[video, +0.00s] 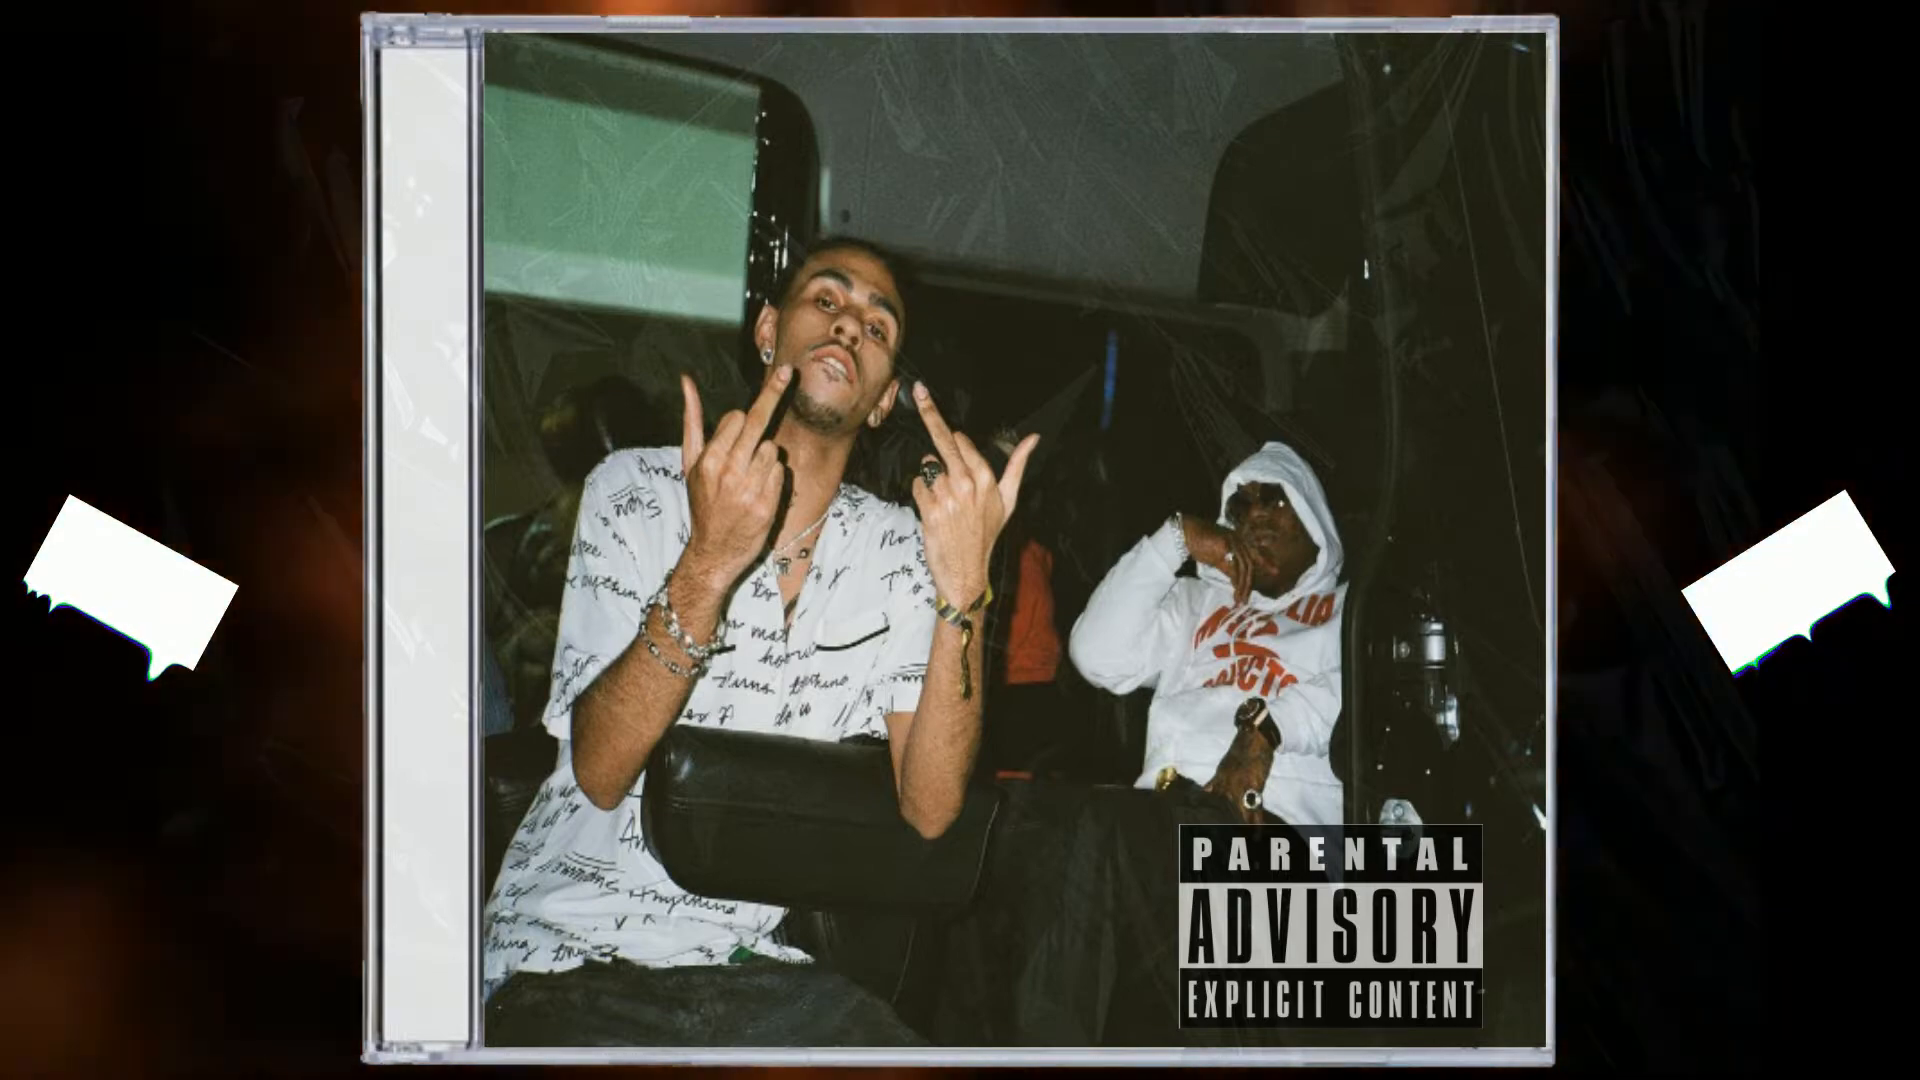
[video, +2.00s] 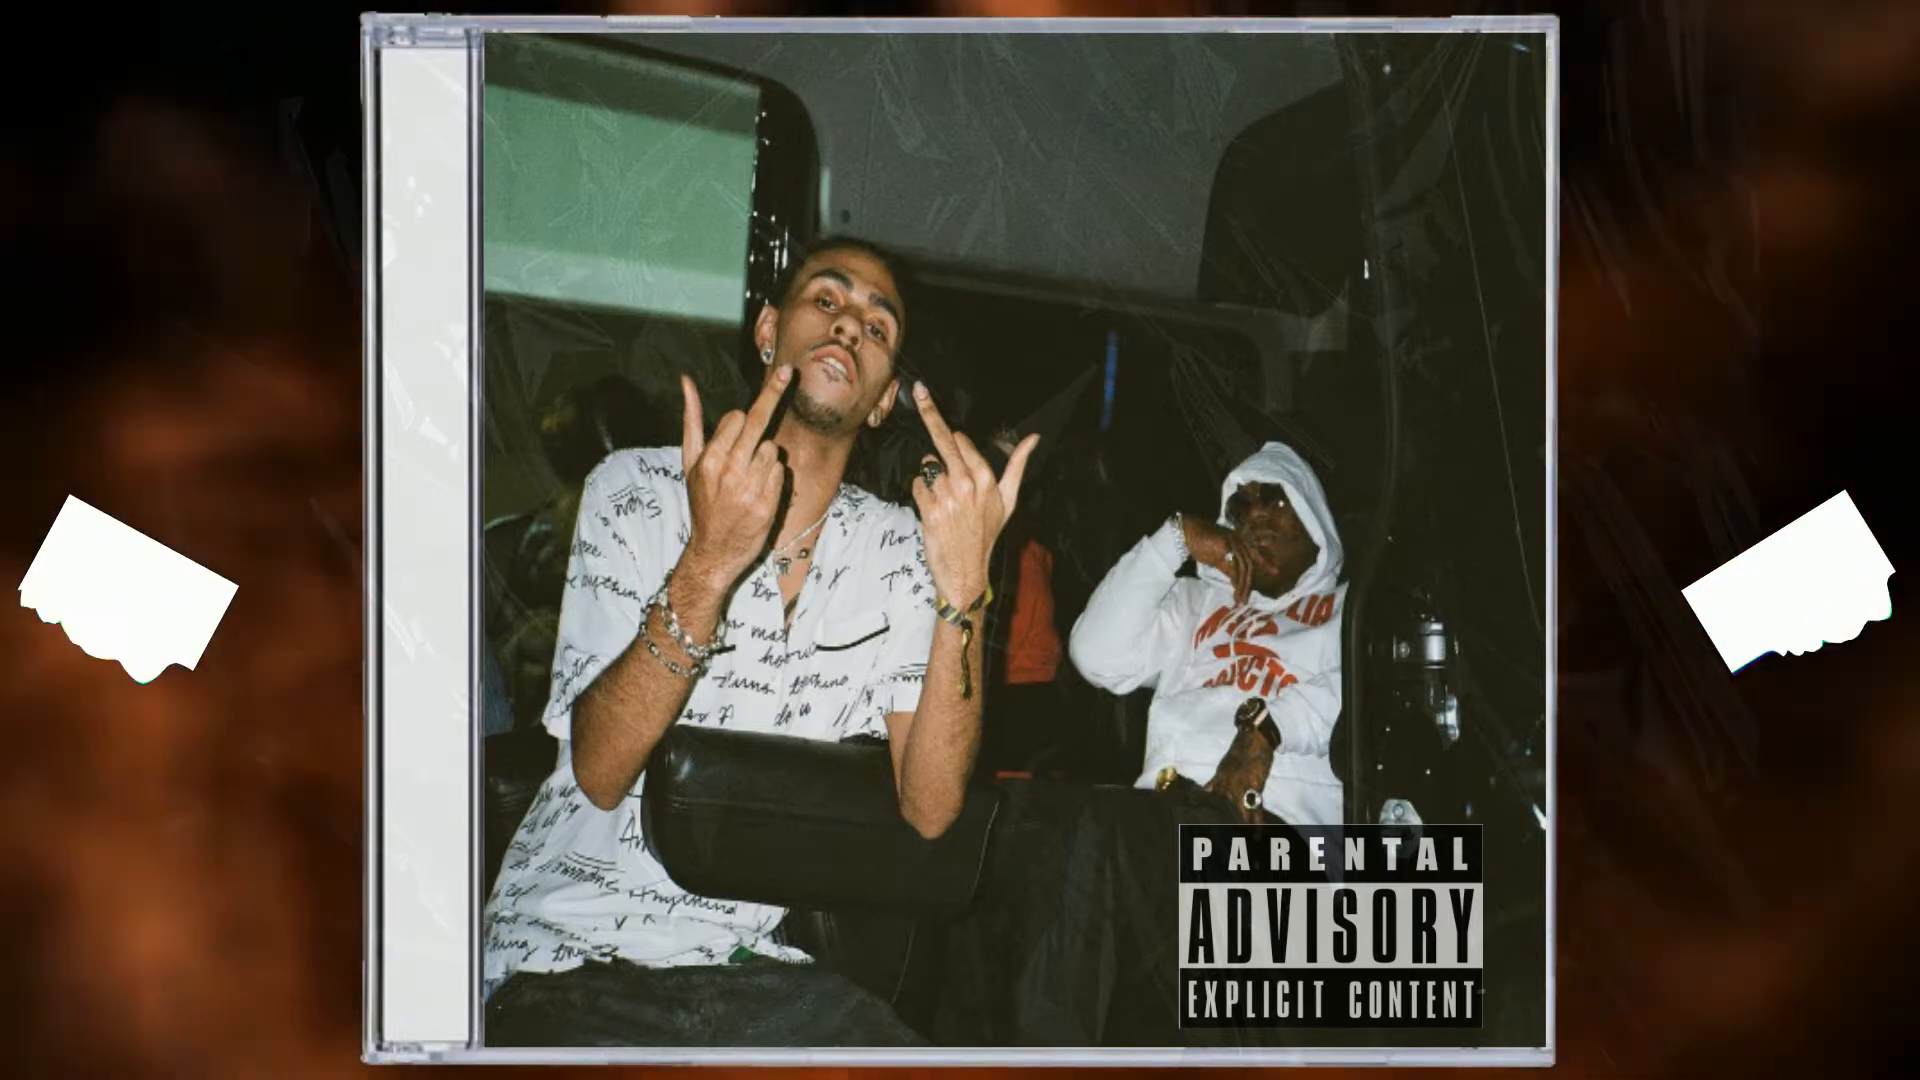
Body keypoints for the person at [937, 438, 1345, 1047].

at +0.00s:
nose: (1259, 518)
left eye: (1279, 502)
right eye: (1246, 503)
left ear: (1318, 523)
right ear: (1227, 522)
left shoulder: (1351, 607)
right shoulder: (1197, 599)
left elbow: (1345, 706)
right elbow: (1099, 658)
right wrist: (1176, 539)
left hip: (1285, 818)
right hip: (1165, 807)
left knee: (1100, 824)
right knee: (1029, 810)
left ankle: (1052, 1052)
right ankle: (968, 1048)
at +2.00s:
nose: (1259, 518)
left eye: (1279, 501)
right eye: (1245, 503)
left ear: (1318, 522)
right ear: (1227, 523)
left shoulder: (1352, 608)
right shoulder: (1197, 599)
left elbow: (1356, 705)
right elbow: (1100, 658)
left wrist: (1268, 725)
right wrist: (1176, 540)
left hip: (1285, 816)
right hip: (1165, 806)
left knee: (1103, 824)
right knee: (1028, 811)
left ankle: (1051, 1054)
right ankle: (967, 1048)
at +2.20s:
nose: (1259, 518)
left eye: (1279, 502)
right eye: (1245, 503)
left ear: (1318, 523)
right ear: (1227, 523)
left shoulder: (1351, 608)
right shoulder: (1197, 599)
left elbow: (1348, 706)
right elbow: (1100, 658)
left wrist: (1267, 726)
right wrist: (1176, 539)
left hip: (1284, 817)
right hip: (1164, 806)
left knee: (1103, 824)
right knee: (1027, 810)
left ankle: (1052, 1053)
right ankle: (967, 1047)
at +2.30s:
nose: (1259, 519)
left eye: (1279, 502)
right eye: (1246, 503)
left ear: (1318, 522)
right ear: (1228, 523)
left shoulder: (1351, 606)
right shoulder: (1198, 599)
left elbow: (1348, 705)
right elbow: (1099, 658)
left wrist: (1272, 726)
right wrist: (1176, 539)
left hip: (1285, 817)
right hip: (1165, 807)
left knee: (1103, 824)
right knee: (1028, 811)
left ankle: (1052, 1053)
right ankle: (967, 1048)